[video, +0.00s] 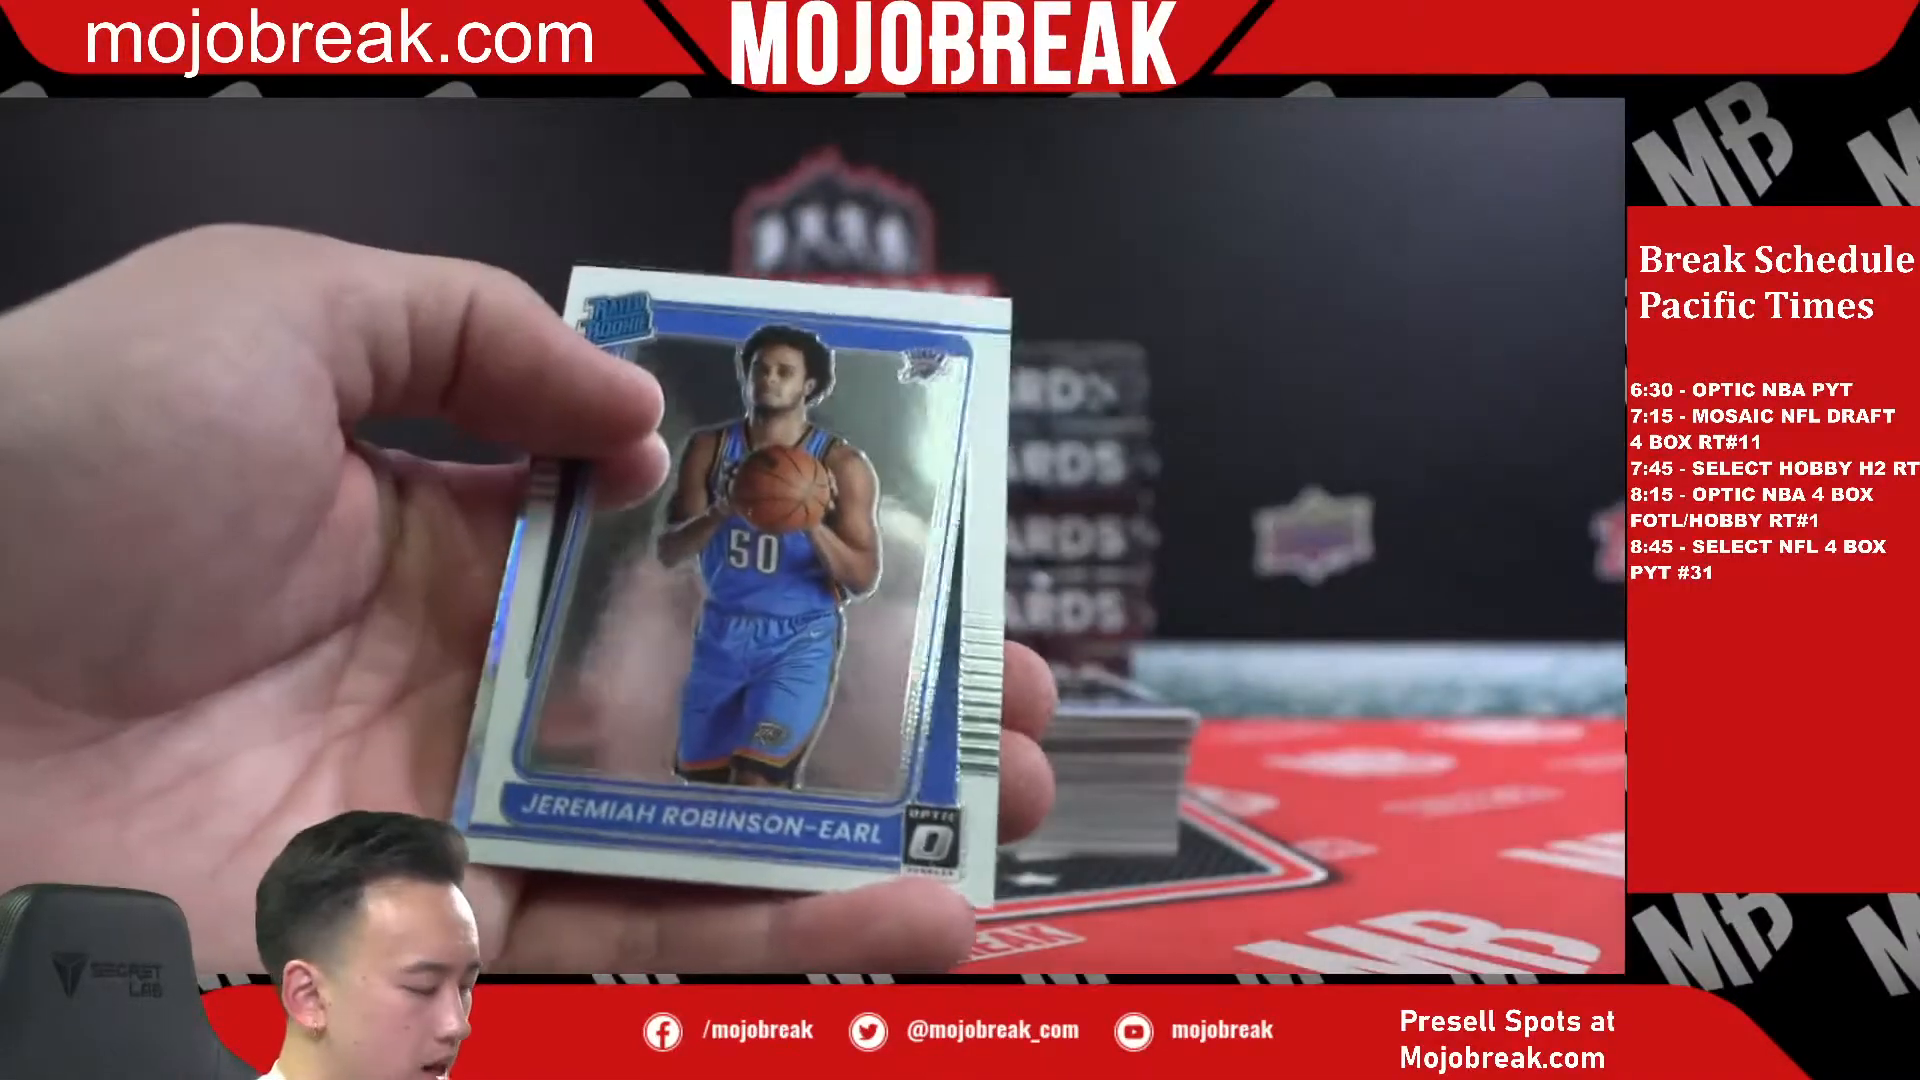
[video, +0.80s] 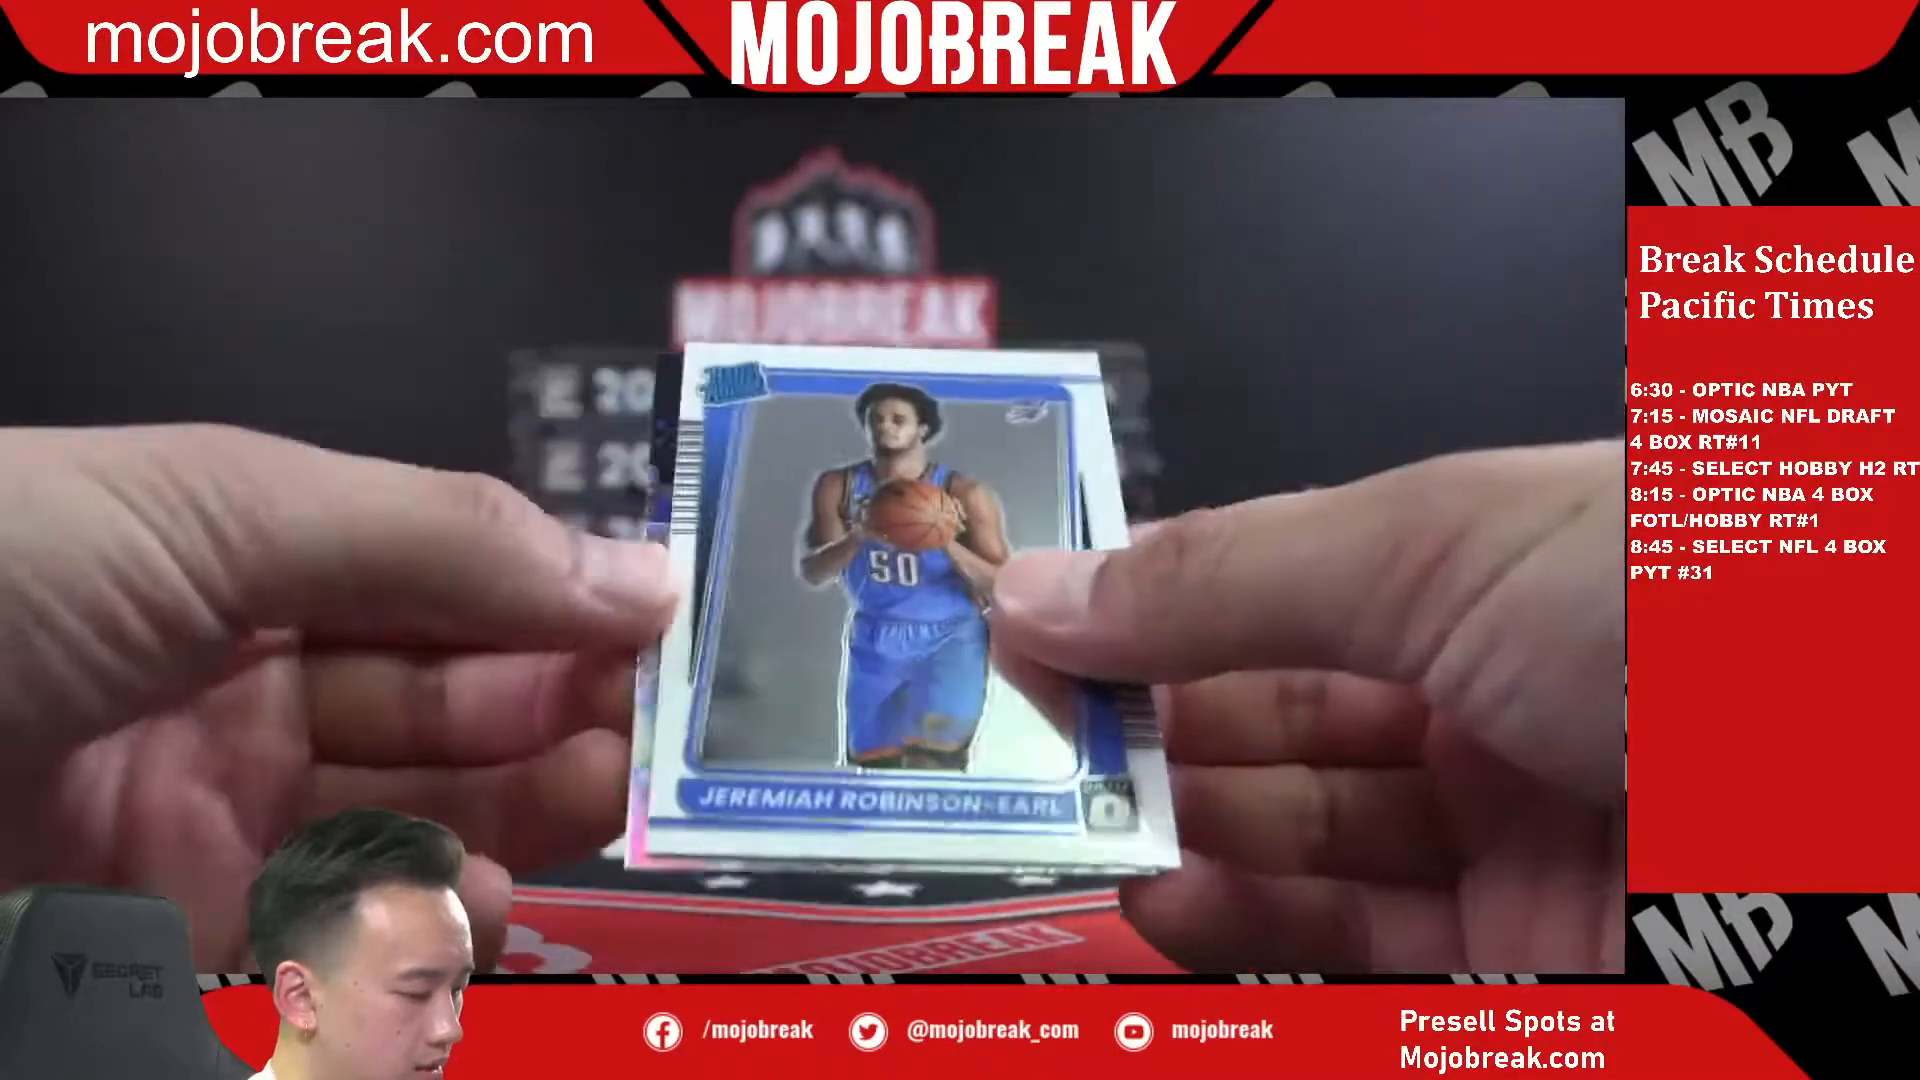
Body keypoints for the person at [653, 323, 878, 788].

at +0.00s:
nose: (769, 379)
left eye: (784, 371)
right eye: (760, 368)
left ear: (812, 388)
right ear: (746, 377)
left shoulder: (845, 466)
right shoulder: (708, 448)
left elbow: (863, 576)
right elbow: (668, 552)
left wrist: (815, 524)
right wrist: (721, 511)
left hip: (802, 643)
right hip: (721, 637)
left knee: (753, 786)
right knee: (700, 793)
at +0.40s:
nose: (770, 376)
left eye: (784, 367)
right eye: (762, 367)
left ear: (812, 379)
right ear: (751, 378)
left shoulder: (853, 450)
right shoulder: (719, 447)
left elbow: (880, 548)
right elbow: (690, 544)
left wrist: (831, 505)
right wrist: (737, 501)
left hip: (825, 614)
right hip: (747, 616)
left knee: (796, 754)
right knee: (741, 760)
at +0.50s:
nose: (793, 377)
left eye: (805, 365)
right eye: (784, 365)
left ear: (827, 376)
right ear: (772, 372)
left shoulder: (864, 443)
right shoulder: (741, 439)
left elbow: (898, 527)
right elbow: (707, 528)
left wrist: (849, 492)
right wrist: (742, 492)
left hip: (847, 589)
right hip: (771, 591)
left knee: (827, 707)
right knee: (760, 717)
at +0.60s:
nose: (871, 407)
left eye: (883, 397)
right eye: (864, 395)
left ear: (902, 409)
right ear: (850, 403)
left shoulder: (940, 473)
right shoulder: (823, 463)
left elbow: (967, 556)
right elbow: (791, 531)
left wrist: (914, 514)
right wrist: (819, 514)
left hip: (917, 611)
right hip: (843, 610)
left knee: (892, 719)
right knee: (831, 726)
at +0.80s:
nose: (887, 428)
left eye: (899, 419)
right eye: (877, 419)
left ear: (923, 429)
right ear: (866, 429)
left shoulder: (969, 496)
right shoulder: (837, 487)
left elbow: (1001, 587)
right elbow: (813, 573)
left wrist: (950, 542)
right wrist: (860, 535)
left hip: (950, 644)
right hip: (874, 646)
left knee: (930, 778)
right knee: (873, 782)